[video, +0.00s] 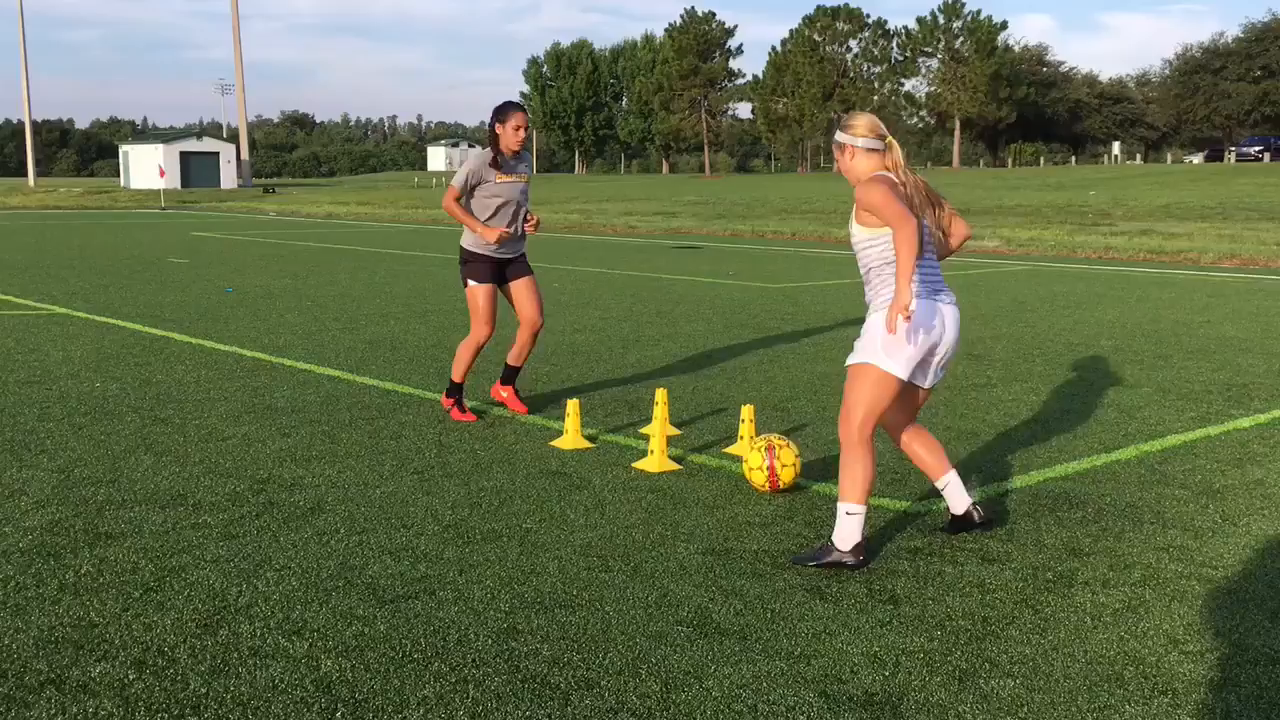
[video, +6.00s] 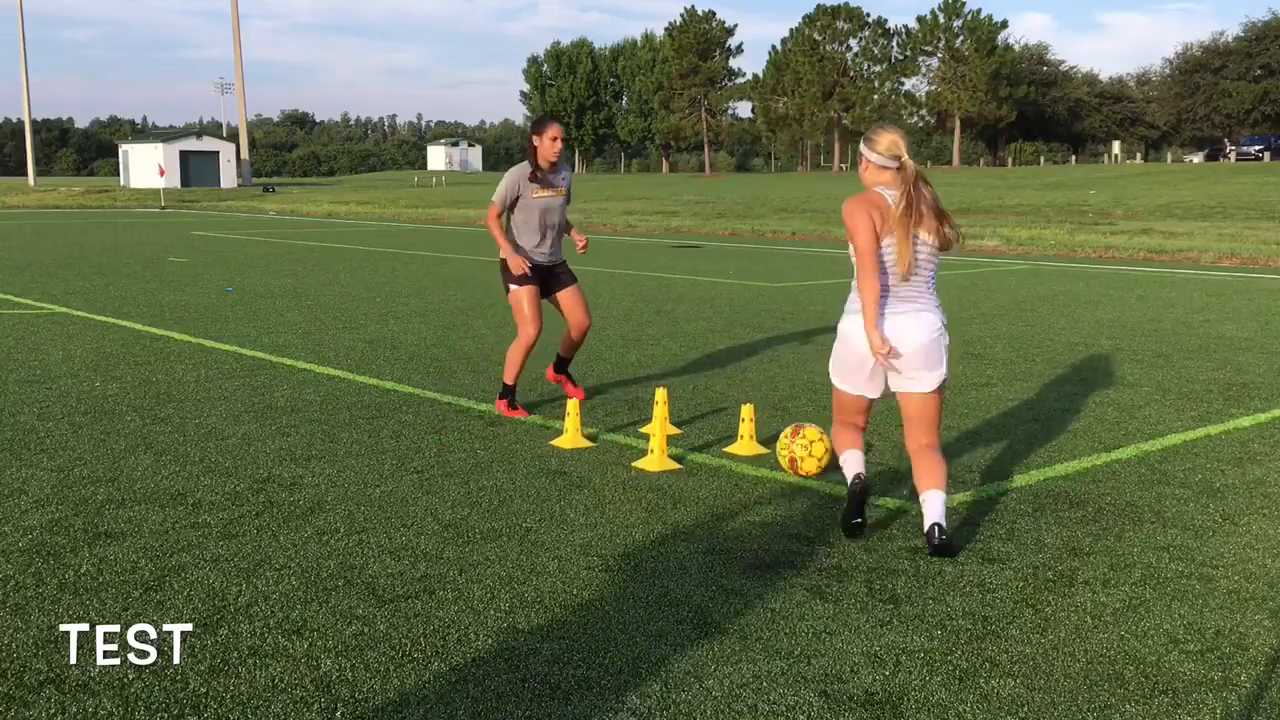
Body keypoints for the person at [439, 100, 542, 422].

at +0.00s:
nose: (523, 135)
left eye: (526, 129)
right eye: (517, 129)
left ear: (526, 131)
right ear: (497, 129)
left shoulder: (523, 163)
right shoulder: (478, 162)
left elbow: (516, 202)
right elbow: (448, 201)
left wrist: (528, 217)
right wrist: (482, 229)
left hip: (513, 254)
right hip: (479, 256)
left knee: (532, 320)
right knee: (482, 331)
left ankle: (505, 386)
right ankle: (452, 396)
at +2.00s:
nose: (510, 169)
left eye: (514, 162)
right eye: (504, 162)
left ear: (519, 160)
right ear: (489, 157)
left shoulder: (523, 187)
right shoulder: (465, 186)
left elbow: (526, 226)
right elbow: (436, 226)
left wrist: (541, 262)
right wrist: (422, 270)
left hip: (510, 270)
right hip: (469, 268)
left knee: (507, 341)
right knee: (461, 324)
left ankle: (494, 403)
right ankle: (484, 395)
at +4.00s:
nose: (617, 169)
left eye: (619, 163)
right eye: (612, 163)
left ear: (622, 162)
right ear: (595, 159)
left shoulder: (618, 183)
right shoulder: (574, 183)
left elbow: (645, 201)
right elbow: (538, 209)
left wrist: (676, 213)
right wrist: (522, 245)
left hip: (591, 254)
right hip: (566, 255)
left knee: (608, 313)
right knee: (622, 294)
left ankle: (613, 371)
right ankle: (622, 362)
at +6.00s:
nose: (559, 146)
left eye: (562, 140)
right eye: (554, 139)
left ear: (564, 144)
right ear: (536, 141)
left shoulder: (564, 174)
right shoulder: (517, 176)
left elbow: (556, 213)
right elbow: (492, 217)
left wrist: (574, 233)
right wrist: (509, 251)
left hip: (553, 262)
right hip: (521, 262)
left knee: (581, 324)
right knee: (530, 330)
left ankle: (559, 370)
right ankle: (505, 398)